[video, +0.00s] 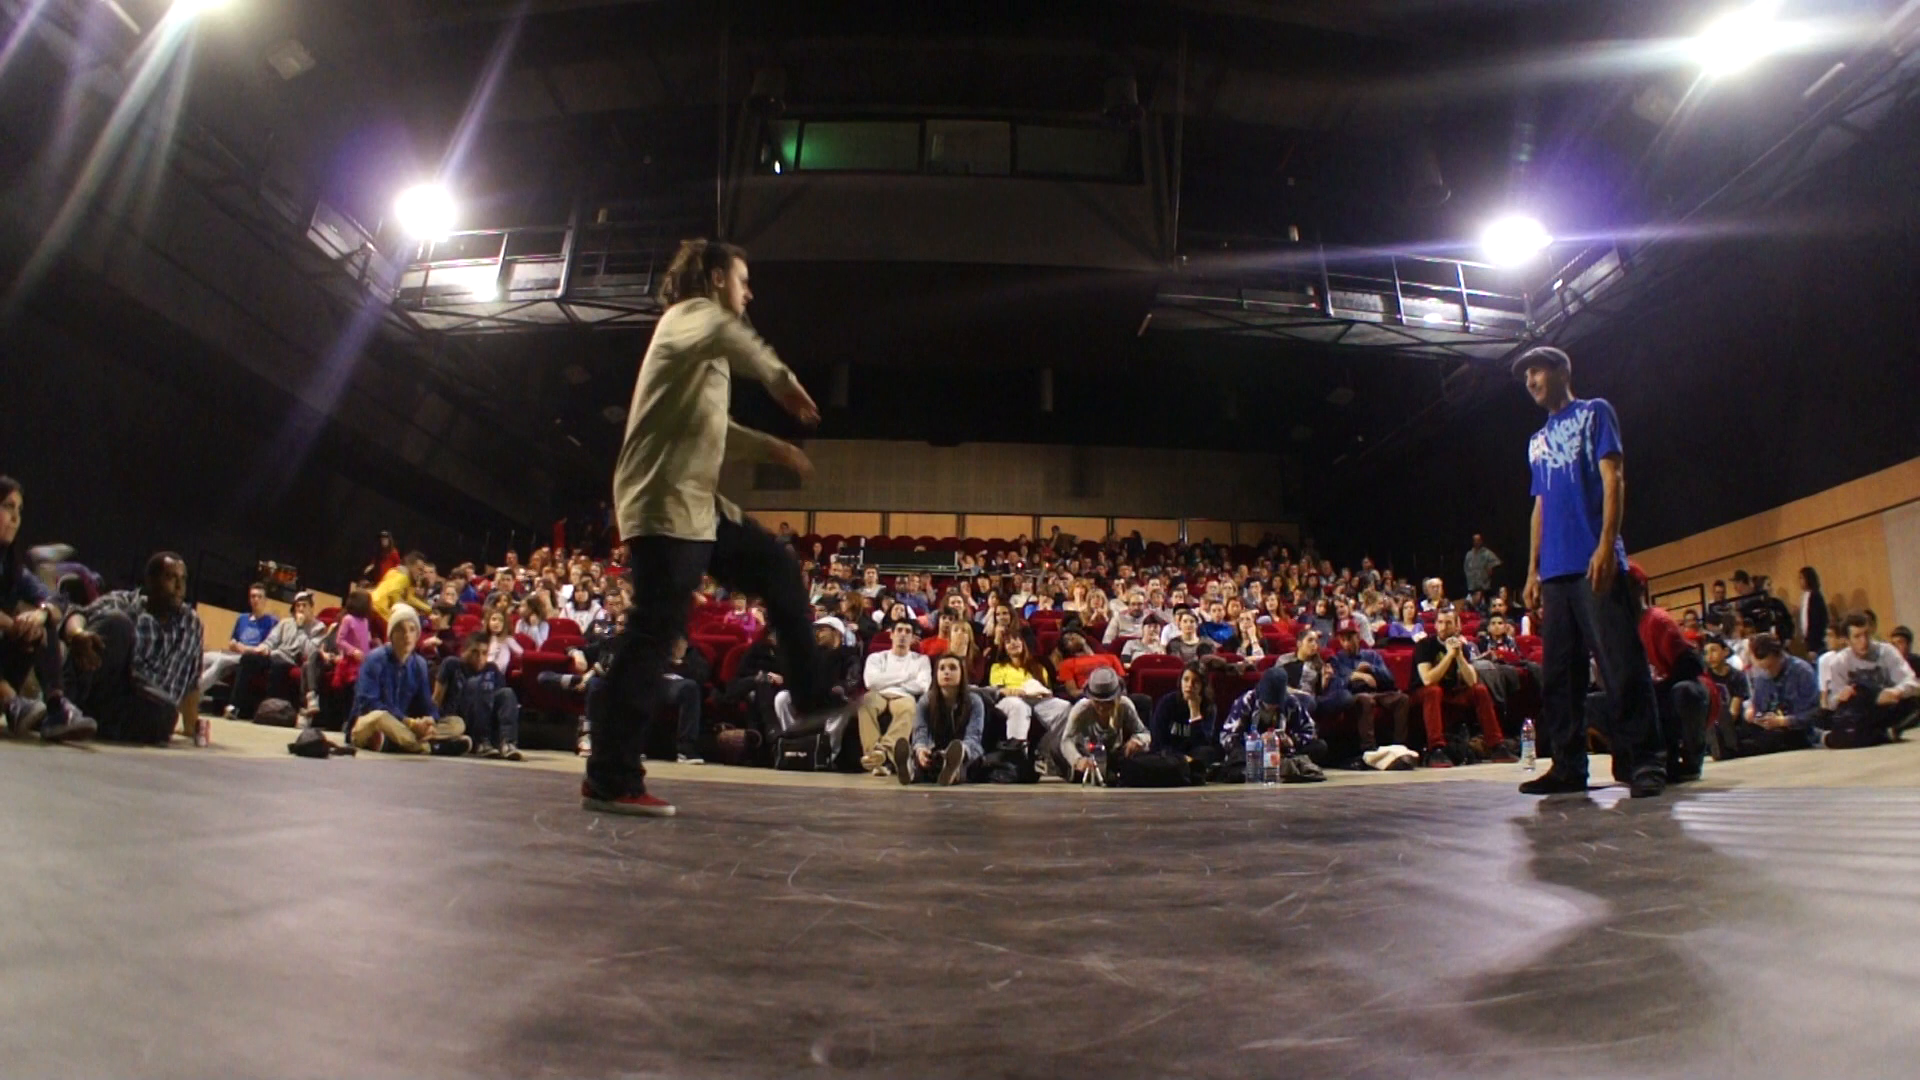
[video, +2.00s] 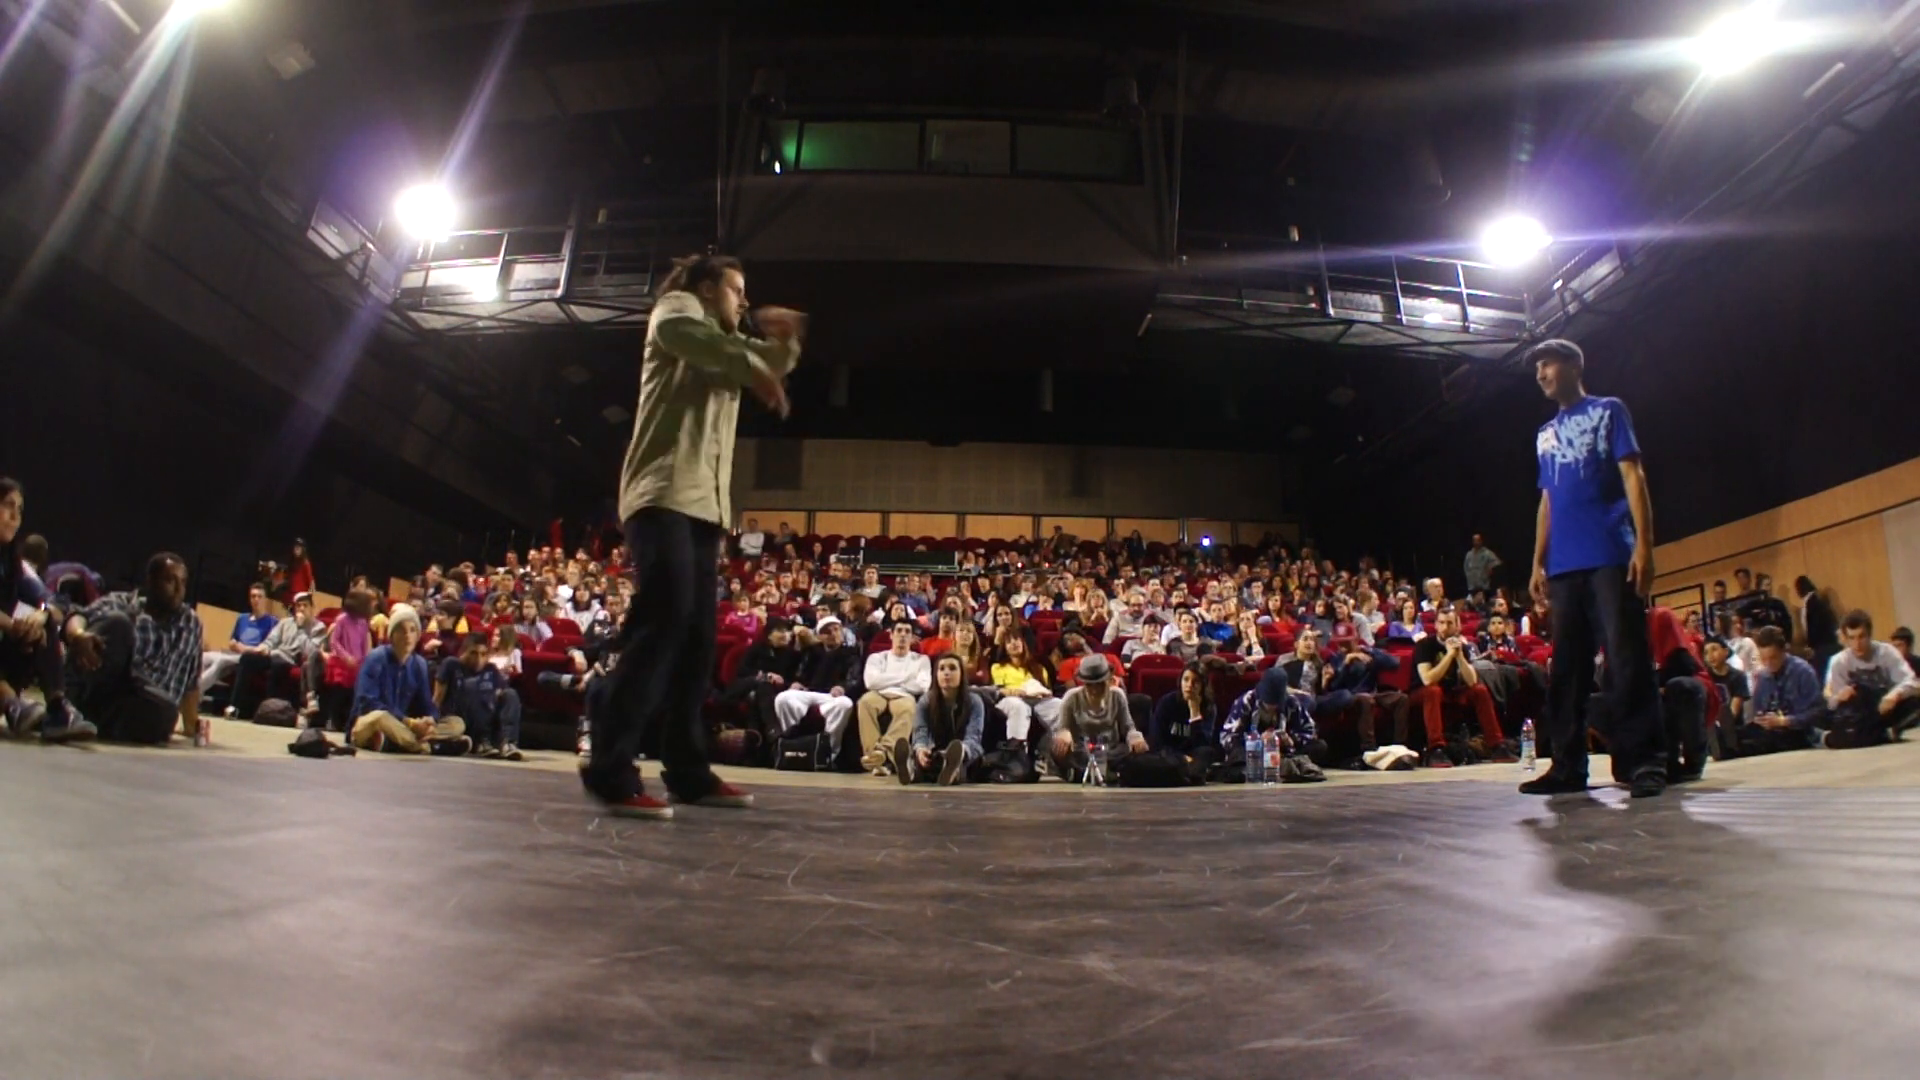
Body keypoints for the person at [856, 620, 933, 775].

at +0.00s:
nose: (903, 635)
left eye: (907, 632)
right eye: (899, 630)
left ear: (913, 638)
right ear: (891, 635)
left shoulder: (921, 659)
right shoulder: (875, 657)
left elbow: (922, 687)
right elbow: (871, 682)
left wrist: (887, 683)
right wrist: (905, 678)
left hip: (904, 695)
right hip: (879, 693)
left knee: (907, 710)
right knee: (866, 707)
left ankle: (884, 750)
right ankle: (876, 761)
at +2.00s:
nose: (903, 635)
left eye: (907, 632)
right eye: (899, 631)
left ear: (912, 638)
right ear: (891, 634)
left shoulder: (921, 659)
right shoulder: (876, 658)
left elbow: (922, 686)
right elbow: (871, 682)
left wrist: (887, 682)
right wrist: (905, 677)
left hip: (904, 694)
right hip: (879, 692)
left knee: (907, 710)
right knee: (865, 703)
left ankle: (884, 750)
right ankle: (876, 761)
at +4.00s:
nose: (903, 636)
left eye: (907, 632)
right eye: (898, 632)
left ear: (912, 638)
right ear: (891, 635)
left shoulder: (921, 659)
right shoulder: (876, 658)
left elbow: (922, 686)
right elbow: (871, 682)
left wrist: (887, 682)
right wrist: (905, 677)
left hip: (904, 694)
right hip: (879, 692)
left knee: (907, 710)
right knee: (865, 703)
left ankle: (884, 750)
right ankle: (875, 761)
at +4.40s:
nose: (903, 636)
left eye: (907, 632)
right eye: (899, 632)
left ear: (912, 638)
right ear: (891, 635)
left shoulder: (921, 659)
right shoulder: (876, 658)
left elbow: (921, 686)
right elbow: (871, 682)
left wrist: (888, 682)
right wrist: (905, 678)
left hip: (904, 694)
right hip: (879, 692)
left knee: (907, 711)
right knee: (865, 703)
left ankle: (883, 750)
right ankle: (876, 762)